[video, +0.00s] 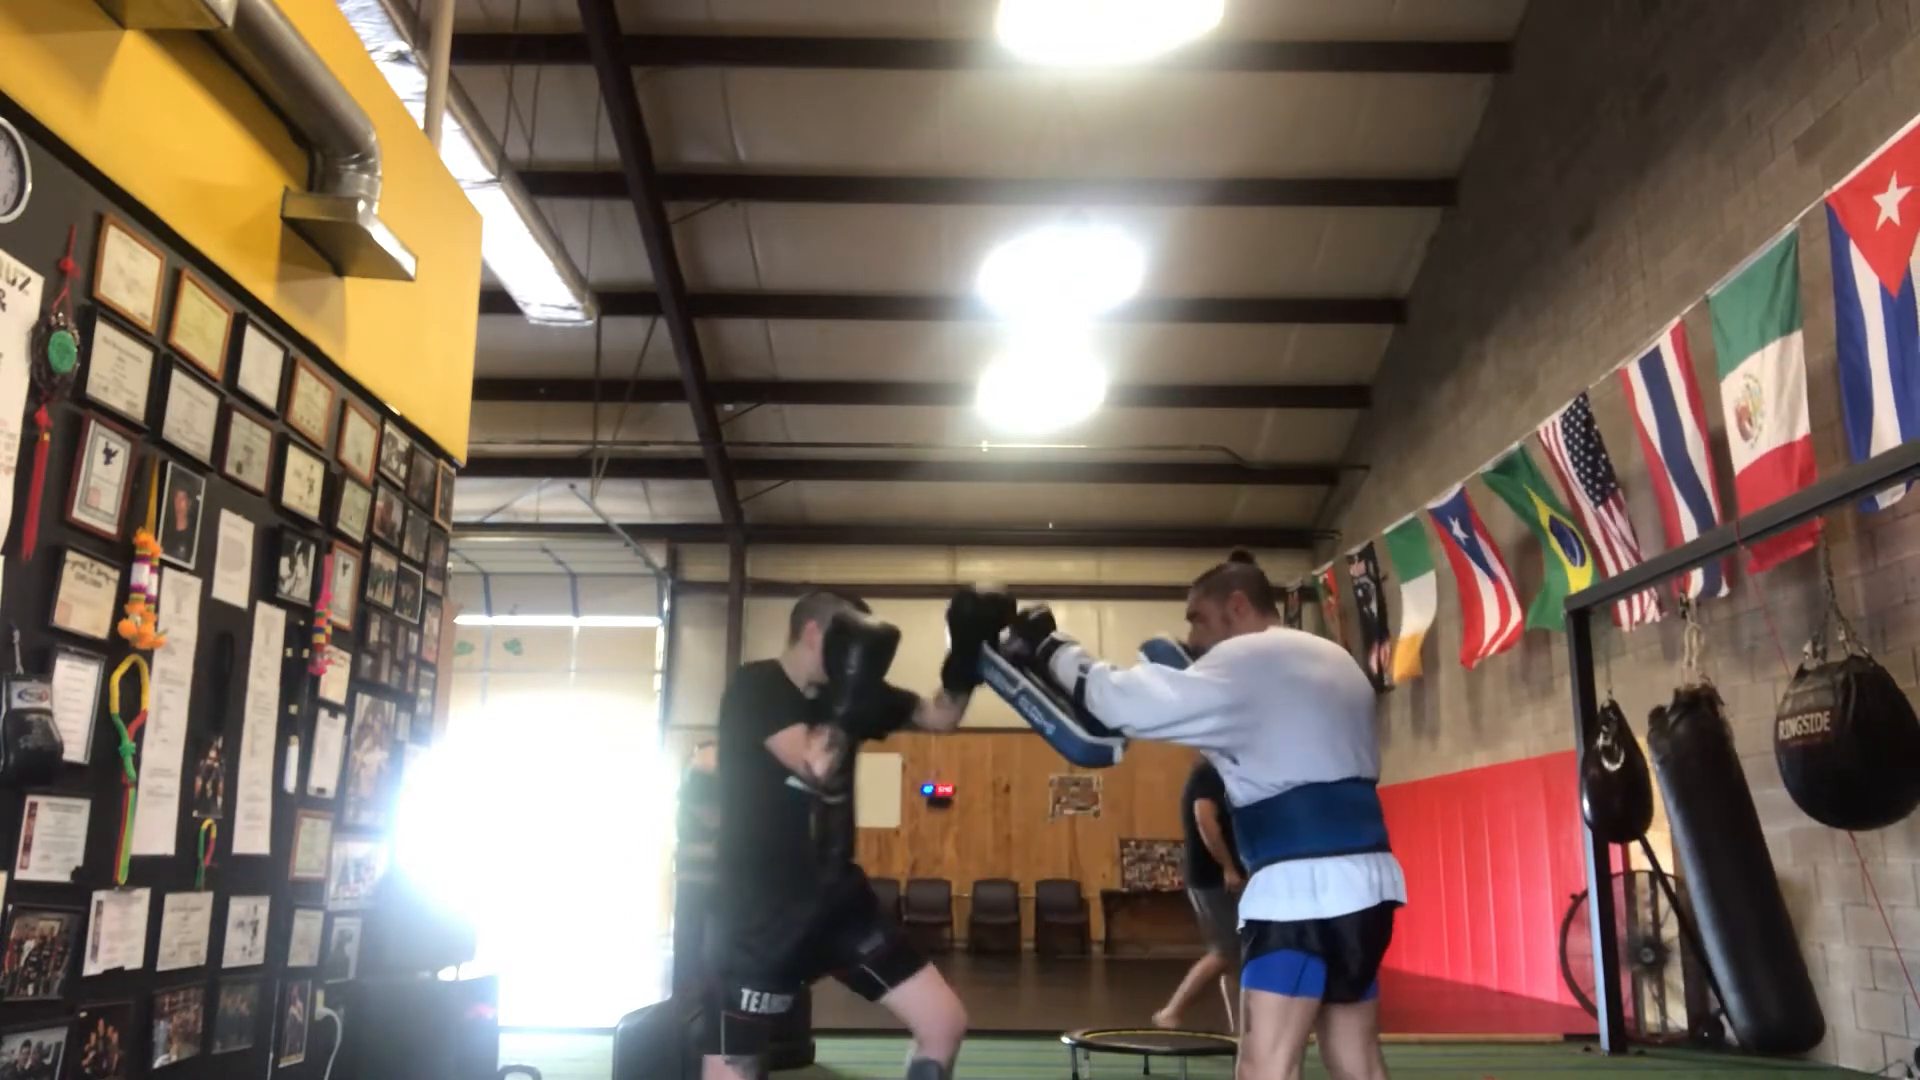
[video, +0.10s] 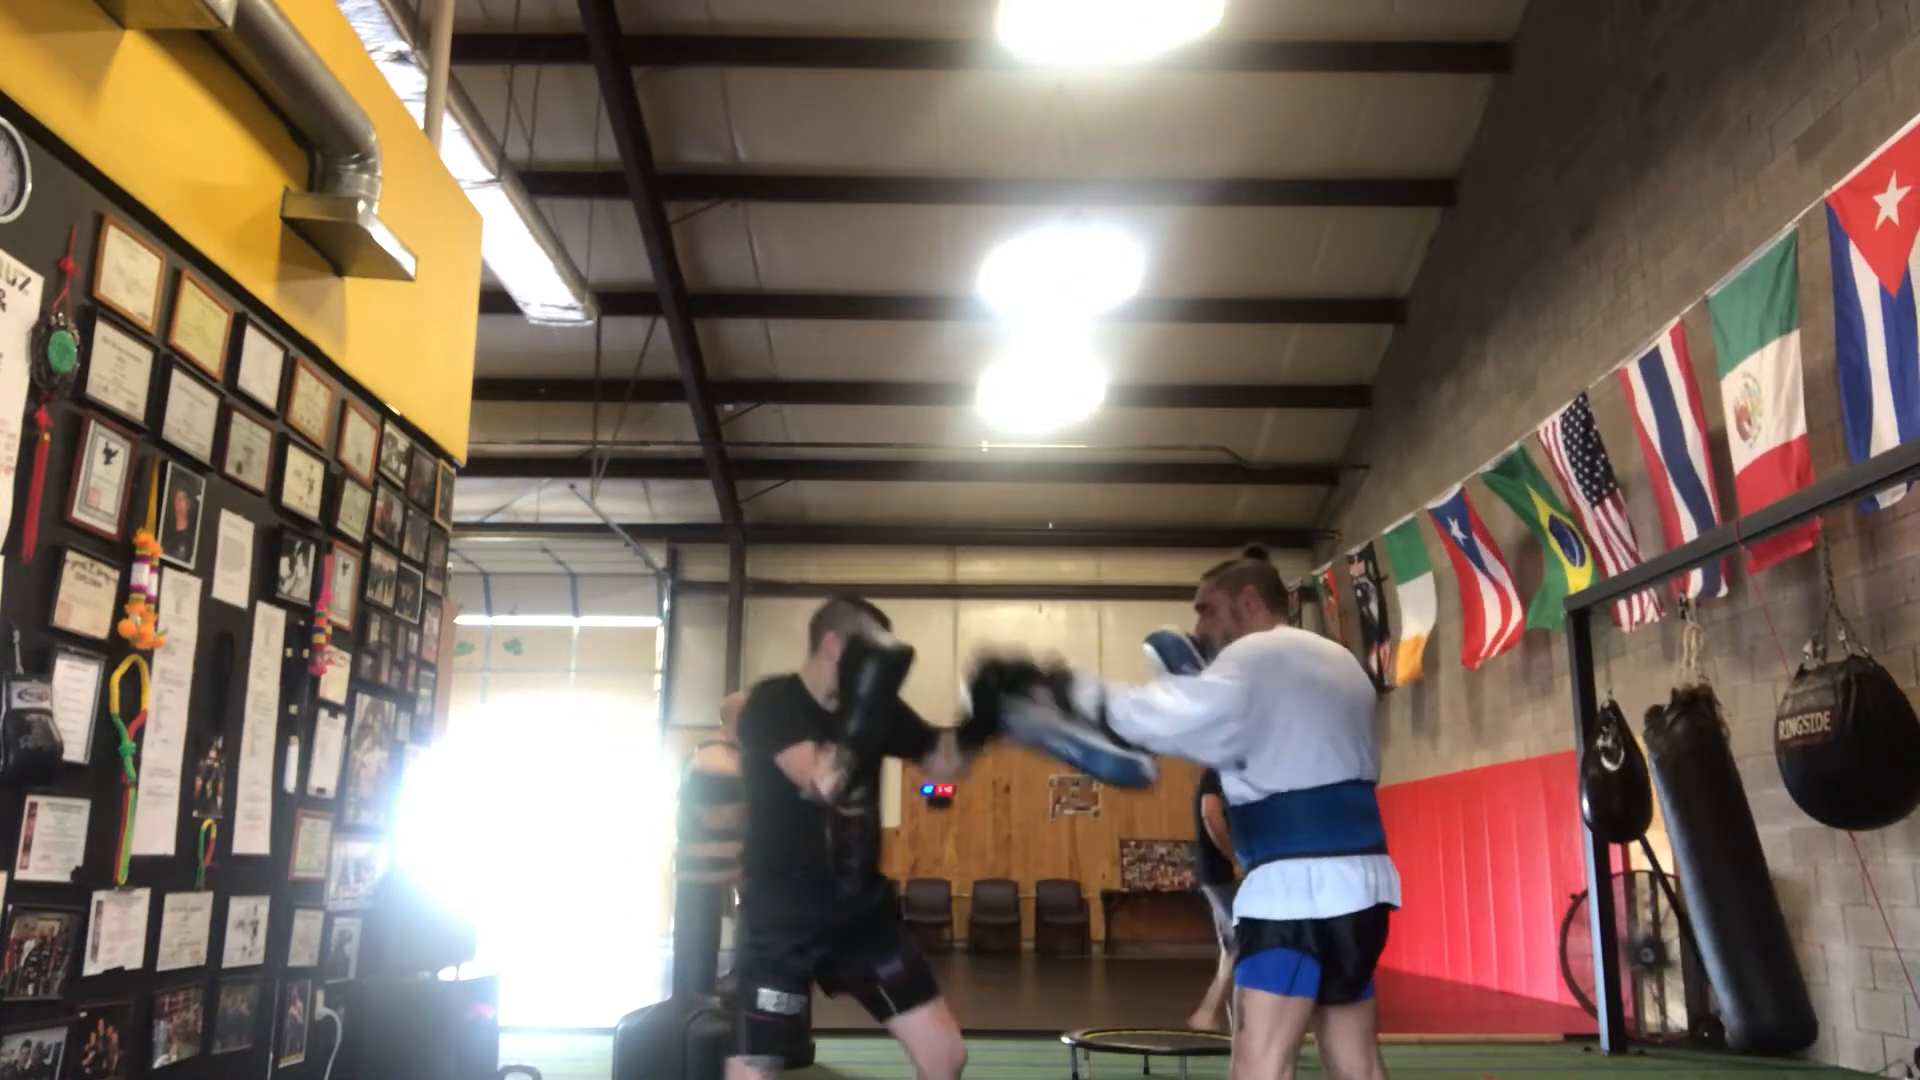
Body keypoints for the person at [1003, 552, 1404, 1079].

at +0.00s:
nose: (1191, 637)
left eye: (1196, 620)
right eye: (1190, 623)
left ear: (1236, 607)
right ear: (1249, 608)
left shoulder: (1242, 661)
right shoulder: (1337, 658)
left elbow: (1131, 702)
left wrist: (1050, 648)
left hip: (1297, 893)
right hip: (1371, 886)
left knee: (1266, 1063)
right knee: (1357, 1058)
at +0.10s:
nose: (1200, 626)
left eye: (1206, 611)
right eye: (1198, 613)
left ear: (1248, 602)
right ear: (1259, 601)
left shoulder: (1251, 659)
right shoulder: (1343, 661)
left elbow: (1166, 717)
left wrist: (1068, 687)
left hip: (1292, 894)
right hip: (1365, 887)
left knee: (1260, 1064)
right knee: (1358, 1064)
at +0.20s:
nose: (1203, 623)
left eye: (1211, 604)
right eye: (1202, 608)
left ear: (1253, 598)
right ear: (1260, 602)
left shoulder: (1264, 659)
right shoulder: (1344, 663)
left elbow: (1228, 757)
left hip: (1286, 893)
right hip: (1358, 887)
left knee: (1251, 1066)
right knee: (1354, 1062)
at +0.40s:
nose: (1217, 608)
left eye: (1231, 592)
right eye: (1218, 593)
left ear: (1278, 592)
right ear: (1277, 596)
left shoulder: (1294, 667)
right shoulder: (1329, 659)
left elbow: (1270, 795)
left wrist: (1165, 824)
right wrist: (1195, 686)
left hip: (1291, 897)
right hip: (1338, 892)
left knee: (1252, 1068)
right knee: (1346, 1066)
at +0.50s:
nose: (1235, 605)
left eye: (1248, 589)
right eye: (1235, 592)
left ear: (1297, 590)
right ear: (1299, 594)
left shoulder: (1297, 663)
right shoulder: (1363, 660)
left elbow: (1272, 788)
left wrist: (1173, 817)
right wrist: (1237, 696)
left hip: (1293, 894)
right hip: (1353, 888)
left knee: (1259, 1065)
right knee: (1348, 1062)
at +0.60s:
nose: (1244, 618)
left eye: (1252, 602)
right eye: (1243, 605)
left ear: (1295, 595)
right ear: (1303, 598)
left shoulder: (1301, 664)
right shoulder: (1383, 664)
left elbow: (1271, 788)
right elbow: (1342, 769)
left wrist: (1187, 800)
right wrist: (1258, 728)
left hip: (1306, 895)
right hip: (1375, 890)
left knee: (1264, 1064)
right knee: (1360, 1061)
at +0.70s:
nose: (1250, 631)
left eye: (1254, 613)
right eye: (1248, 618)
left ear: (1293, 598)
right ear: (1305, 602)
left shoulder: (1302, 661)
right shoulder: (1405, 669)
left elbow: (1271, 787)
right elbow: (1419, 781)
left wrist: (1211, 777)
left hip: (1327, 895)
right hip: (1403, 889)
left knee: (1275, 1062)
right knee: (1376, 1063)